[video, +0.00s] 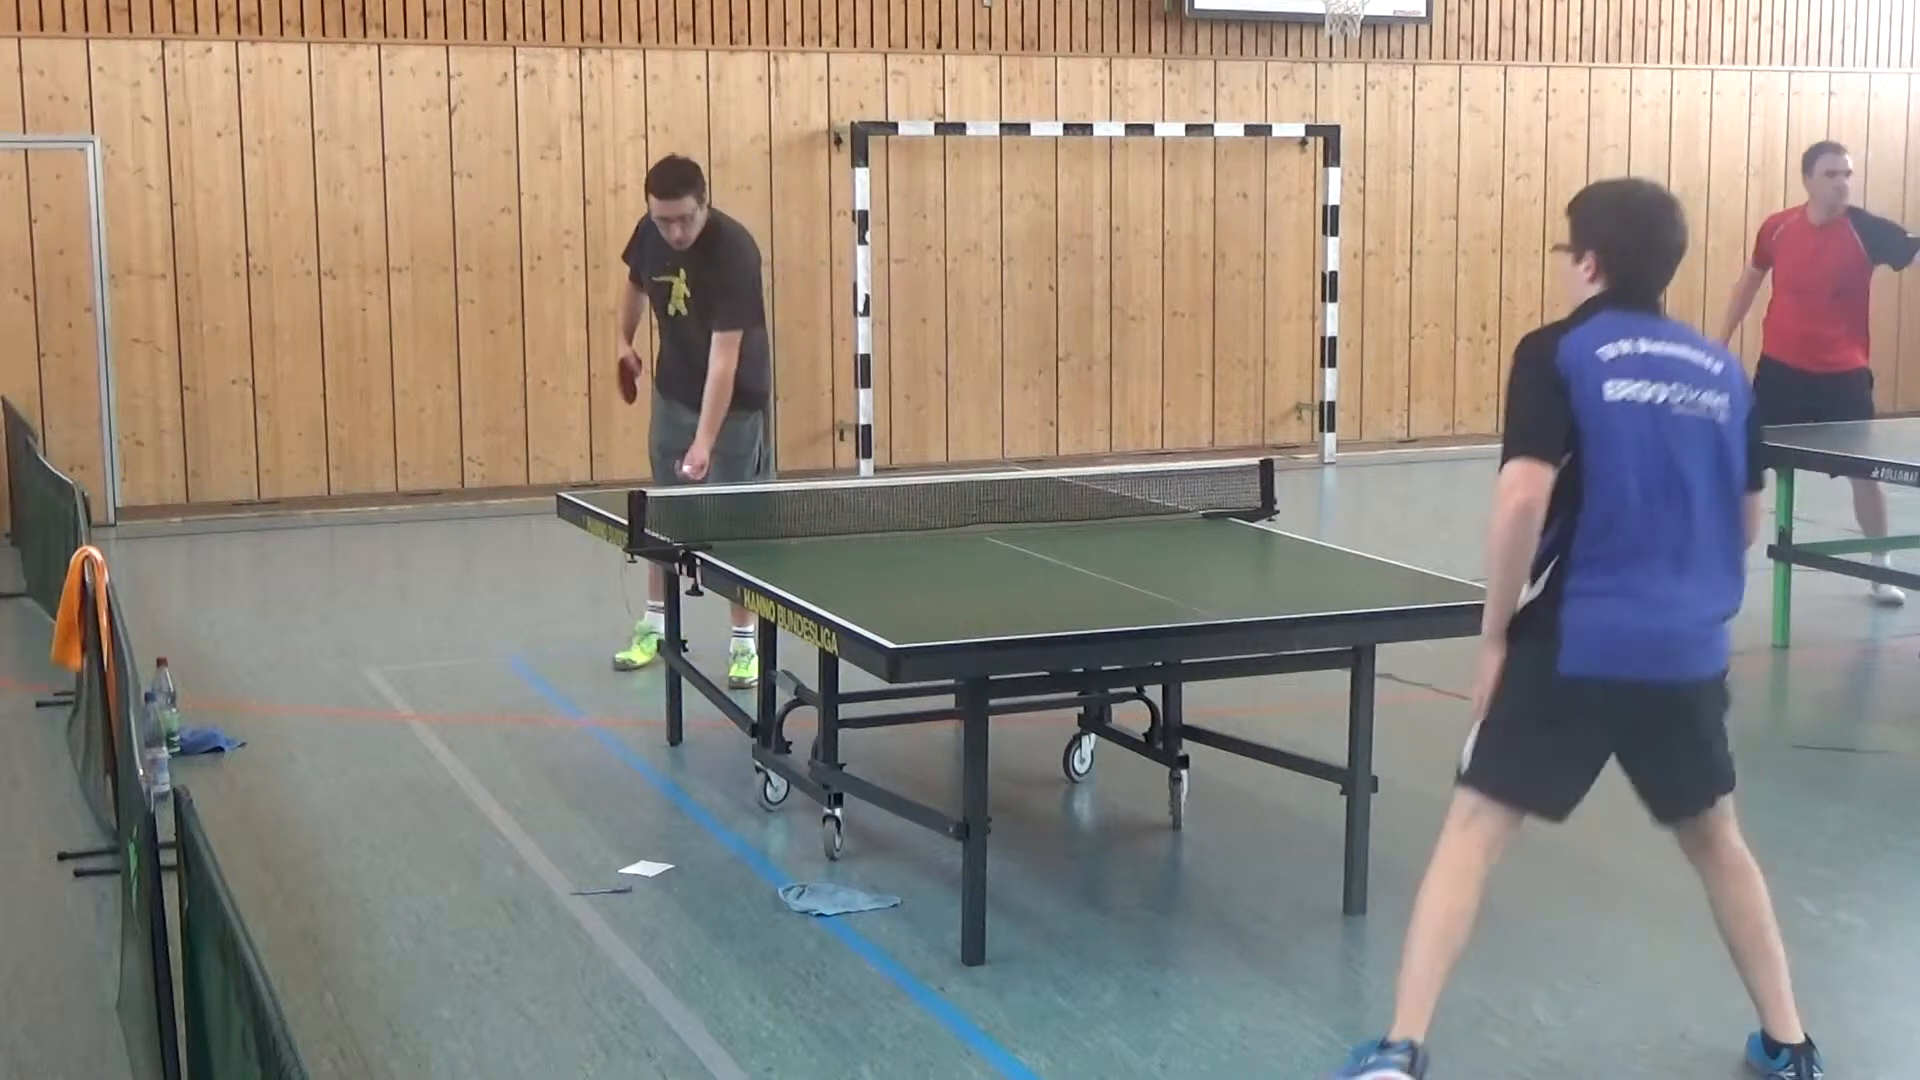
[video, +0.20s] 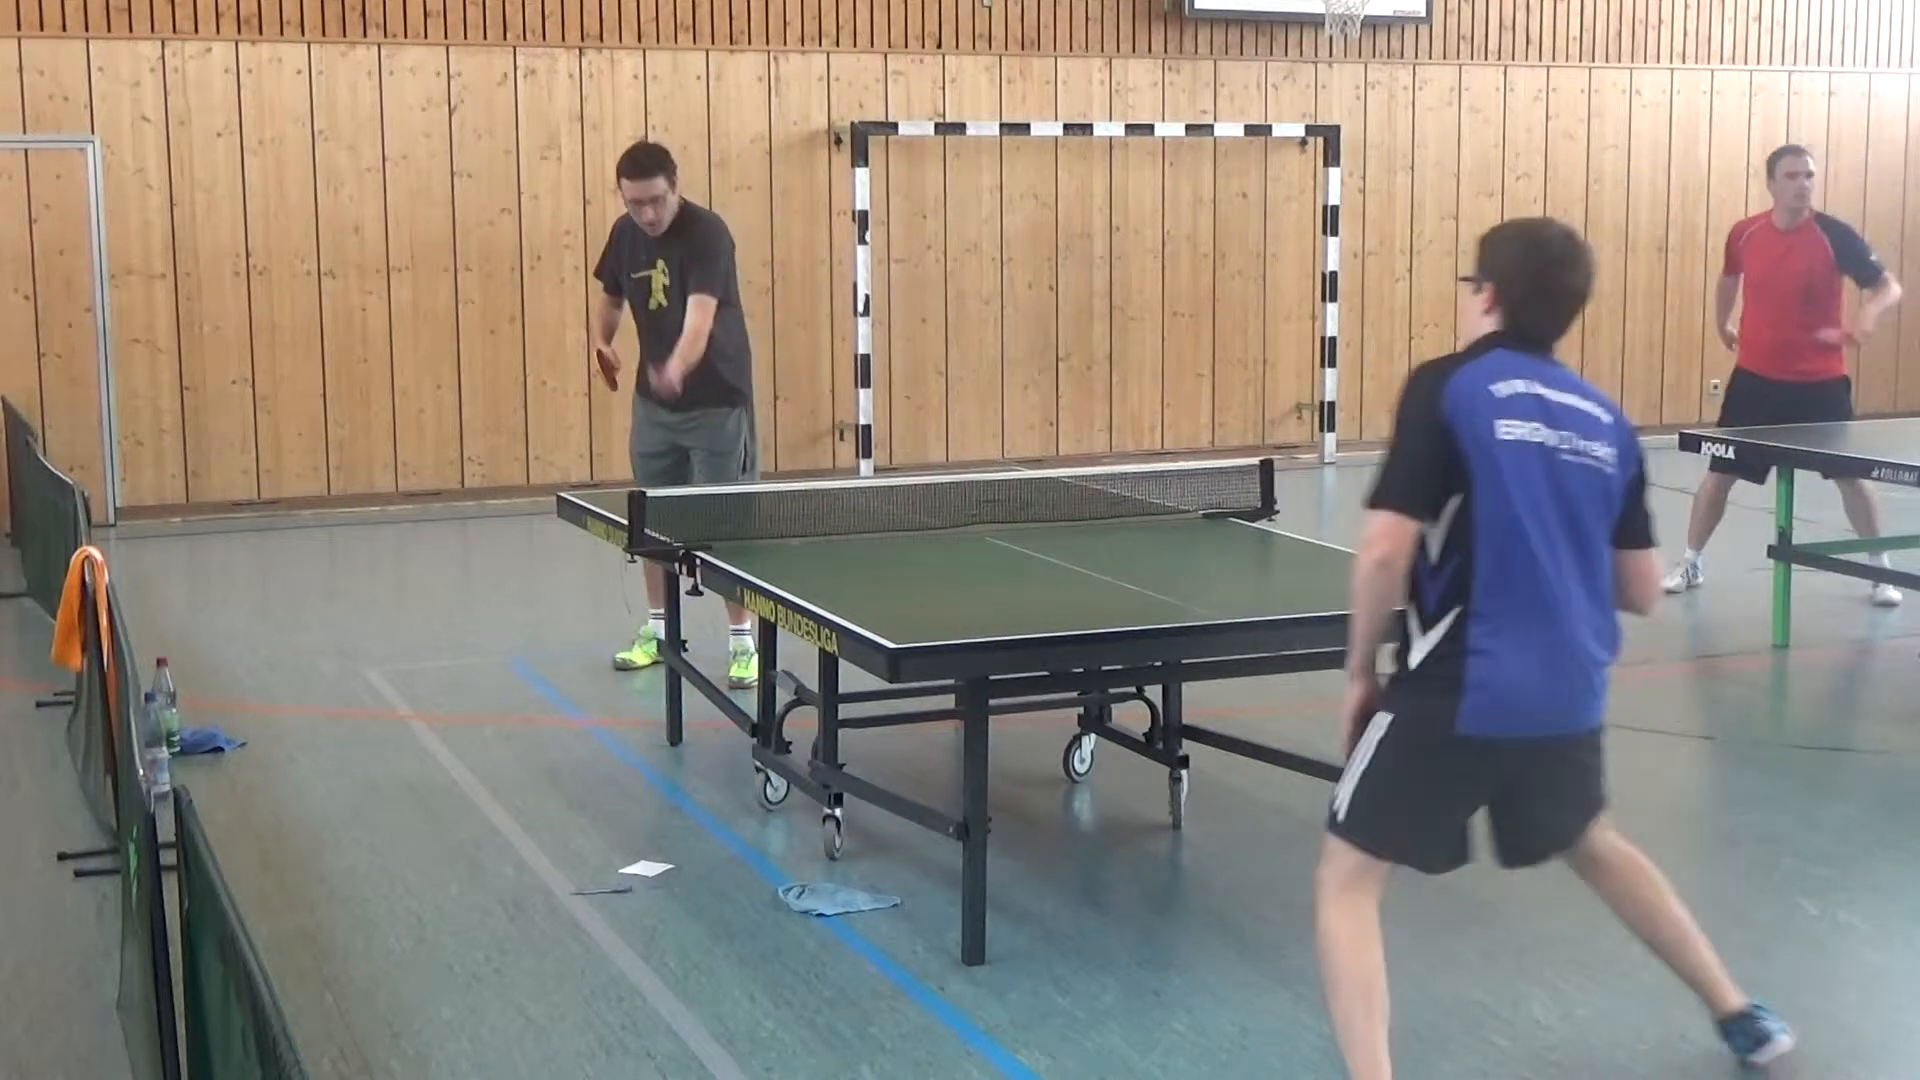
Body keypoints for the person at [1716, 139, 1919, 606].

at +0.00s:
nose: (1843, 182)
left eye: (1847, 174)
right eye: (1832, 174)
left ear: (1853, 179)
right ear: (1808, 180)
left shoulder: (1867, 230)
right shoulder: (1777, 227)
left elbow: (1914, 256)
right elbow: (1748, 285)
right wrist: (1719, 344)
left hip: (1844, 375)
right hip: (1780, 371)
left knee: (1863, 473)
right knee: (1745, 473)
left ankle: (1881, 571)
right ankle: (1728, 575)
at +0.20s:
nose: (1801, 184)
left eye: (1807, 176)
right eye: (1791, 176)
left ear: (1815, 182)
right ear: (1771, 183)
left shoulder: (1834, 235)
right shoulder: (1744, 234)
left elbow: (1889, 287)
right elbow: (1728, 281)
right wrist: (1722, 324)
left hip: (1820, 384)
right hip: (1755, 382)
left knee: (1849, 476)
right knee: (1720, 473)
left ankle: (1880, 570)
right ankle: (1690, 562)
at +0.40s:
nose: (1786, 164)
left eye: (1792, 157)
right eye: (1776, 156)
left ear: (1799, 164)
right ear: (1754, 163)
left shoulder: (1817, 220)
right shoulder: (1722, 217)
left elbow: (1856, 281)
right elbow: (1696, 269)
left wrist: (1824, 315)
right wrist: (1683, 323)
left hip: (1801, 368)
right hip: (1736, 367)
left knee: (1828, 466)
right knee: (1703, 465)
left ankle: (1850, 567)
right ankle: (1677, 554)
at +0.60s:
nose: (1787, 188)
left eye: (1792, 180)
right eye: (1776, 180)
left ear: (1798, 184)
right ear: (1753, 185)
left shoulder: (1810, 240)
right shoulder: (1720, 237)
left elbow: (1854, 300)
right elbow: (1676, 297)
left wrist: (1834, 328)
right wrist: (1641, 359)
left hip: (1796, 385)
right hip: (1730, 385)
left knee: (1827, 477)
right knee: (1693, 479)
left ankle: (1836, 571)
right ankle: (1650, 565)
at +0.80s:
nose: (1795, 206)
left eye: (1801, 198)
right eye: (1785, 198)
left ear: (1806, 201)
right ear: (1762, 202)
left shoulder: (1818, 253)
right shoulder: (1729, 252)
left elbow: (1868, 308)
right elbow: (1688, 309)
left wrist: (1853, 335)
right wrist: (1666, 359)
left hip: (1807, 397)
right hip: (1742, 398)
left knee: (1847, 482)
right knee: (1708, 489)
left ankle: (1864, 573)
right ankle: (1656, 566)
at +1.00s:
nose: (1781, 199)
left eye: (1787, 190)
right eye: (1772, 190)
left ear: (1795, 189)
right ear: (1750, 189)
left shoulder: (1811, 239)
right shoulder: (1717, 235)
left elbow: (1847, 303)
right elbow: (1693, 295)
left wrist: (1810, 330)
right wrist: (1677, 347)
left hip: (1797, 385)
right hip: (1731, 384)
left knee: (1830, 478)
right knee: (1694, 476)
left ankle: (1857, 572)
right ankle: (1651, 566)